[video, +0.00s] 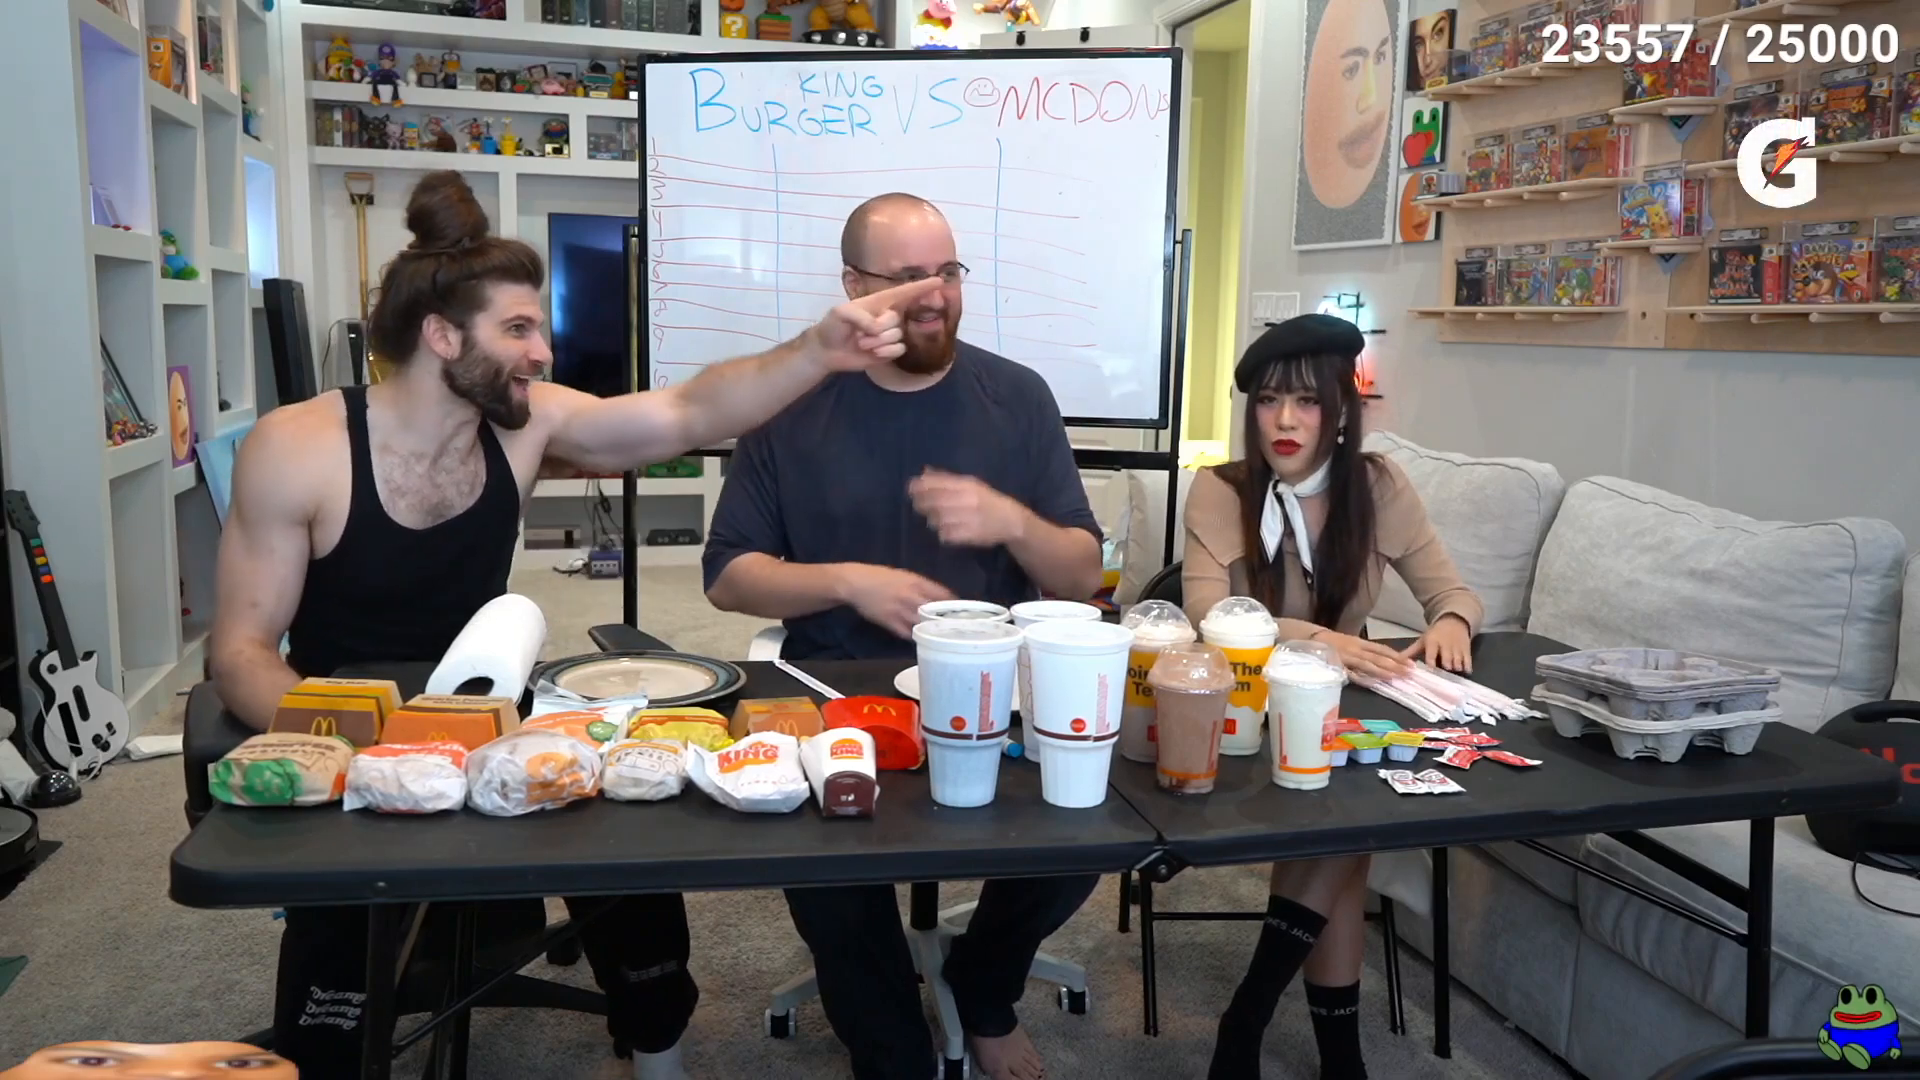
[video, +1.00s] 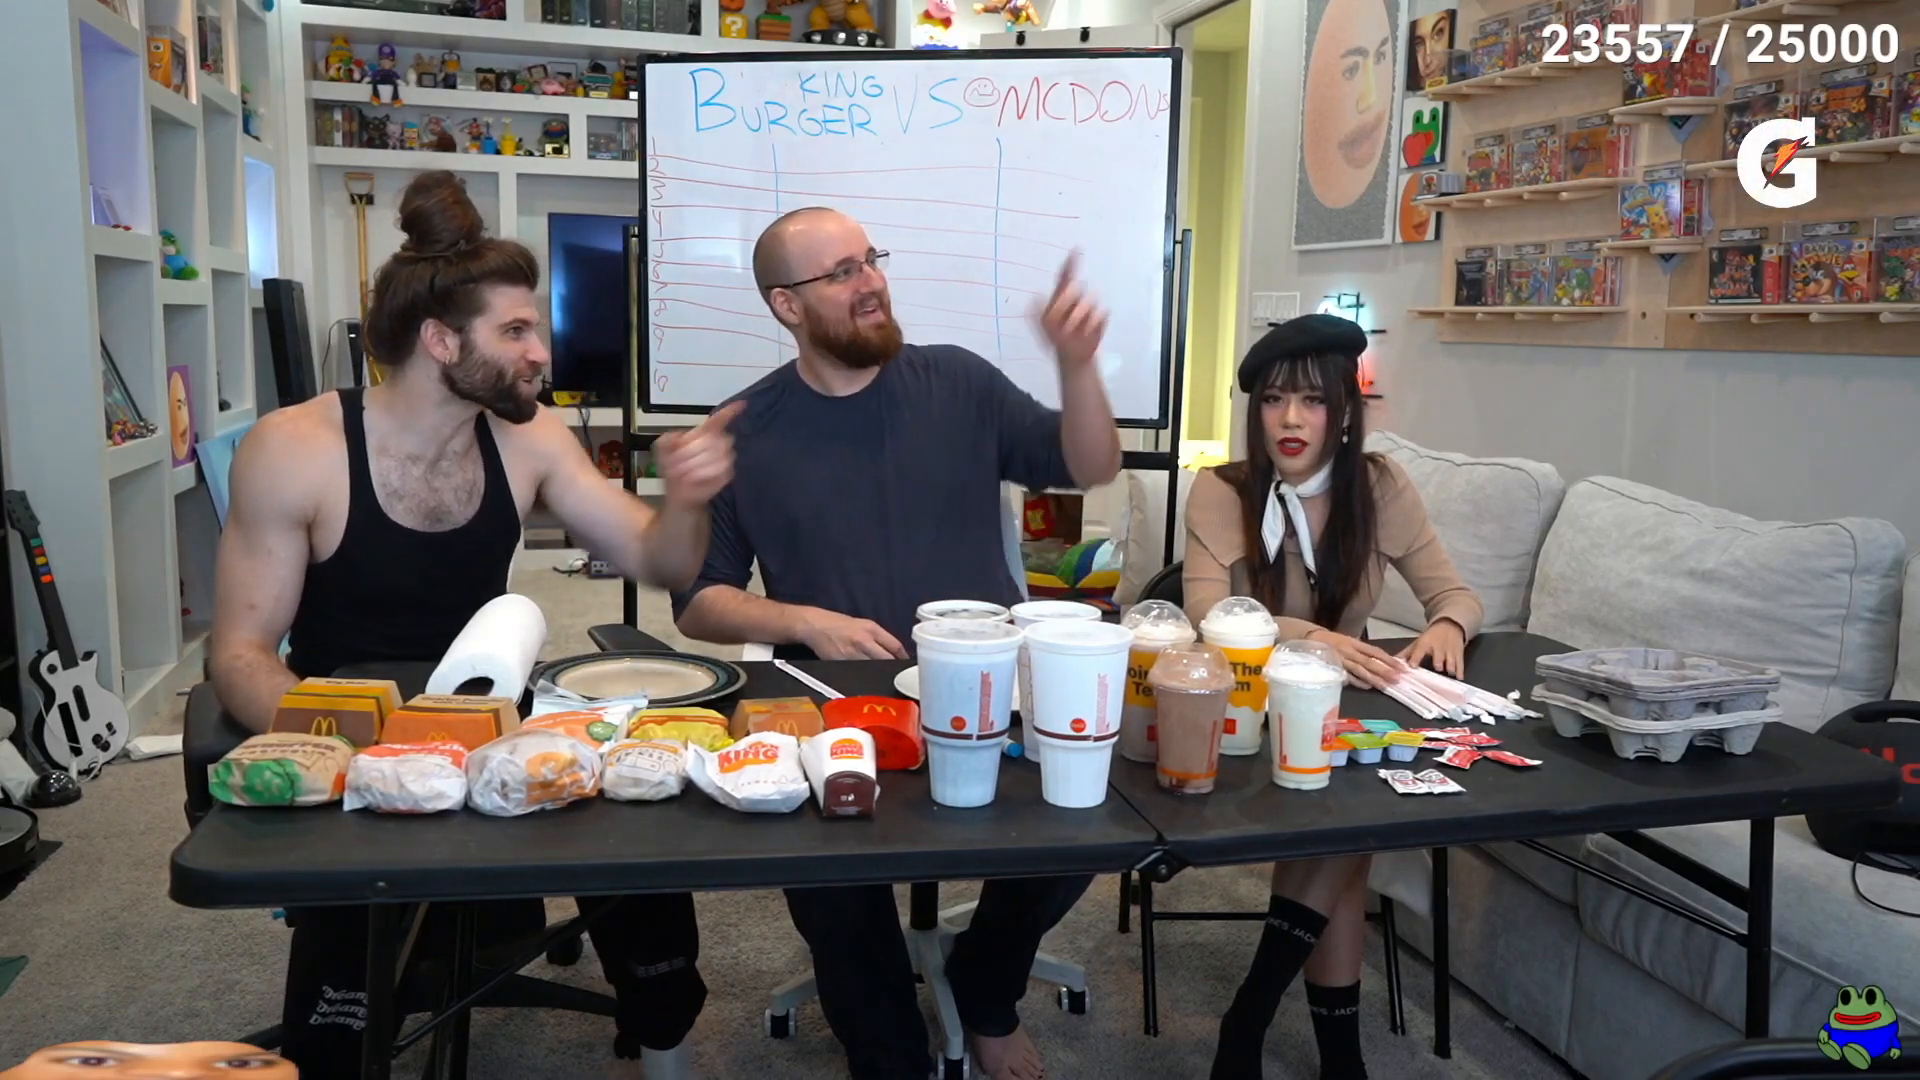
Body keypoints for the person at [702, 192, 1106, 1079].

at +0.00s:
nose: (935, 294)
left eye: (947, 272)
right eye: (908, 277)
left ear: (964, 276)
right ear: (853, 289)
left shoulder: (1015, 395)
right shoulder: (790, 408)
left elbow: (1083, 575)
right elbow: (727, 575)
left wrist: (1014, 522)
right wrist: (848, 580)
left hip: (998, 681)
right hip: (839, 688)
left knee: (1077, 834)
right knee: (823, 857)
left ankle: (980, 988)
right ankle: (899, 1061)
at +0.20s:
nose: (940, 284)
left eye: (944, 262)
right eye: (909, 271)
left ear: (958, 265)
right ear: (849, 293)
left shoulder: (1011, 396)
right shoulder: (785, 415)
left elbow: (1083, 542)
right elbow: (714, 568)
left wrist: (1033, 577)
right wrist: (801, 605)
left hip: (996, 696)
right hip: (841, 700)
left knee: (1075, 834)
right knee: (820, 862)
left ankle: (979, 989)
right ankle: (897, 1062)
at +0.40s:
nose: (922, 284)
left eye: (925, 261)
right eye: (890, 271)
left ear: (941, 267)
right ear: (834, 295)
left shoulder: (1003, 394)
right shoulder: (775, 425)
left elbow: (1081, 528)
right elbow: (725, 580)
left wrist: (1017, 580)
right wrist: (808, 619)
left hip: (992, 696)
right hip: (838, 701)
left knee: (1074, 831)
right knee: (823, 861)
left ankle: (981, 990)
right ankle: (897, 1062)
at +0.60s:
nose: (900, 284)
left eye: (904, 259)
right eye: (869, 270)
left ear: (923, 267)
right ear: (817, 299)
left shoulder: (991, 393)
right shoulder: (767, 428)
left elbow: (1093, 524)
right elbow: (713, 588)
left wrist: (1011, 603)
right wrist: (814, 622)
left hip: (985, 694)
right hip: (835, 704)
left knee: (1073, 831)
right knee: (828, 866)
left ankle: (982, 994)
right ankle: (895, 1062)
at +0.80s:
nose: (890, 277)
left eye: (889, 256)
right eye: (858, 267)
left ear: (901, 262)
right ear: (803, 301)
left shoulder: (973, 386)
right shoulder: (758, 428)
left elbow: (1091, 513)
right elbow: (705, 593)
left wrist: (1017, 521)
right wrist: (817, 623)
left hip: (983, 688)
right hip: (833, 700)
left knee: (1077, 825)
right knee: (826, 862)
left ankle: (981, 991)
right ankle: (895, 1062)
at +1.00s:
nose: (873, 282)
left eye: (872, 261)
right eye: (843, 273)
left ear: (884, 267)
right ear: (786, 306)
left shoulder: (958, 380)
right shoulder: (741, 432)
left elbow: (1092, 464)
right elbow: (698, 602)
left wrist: (1078, 367)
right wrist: (805, 623)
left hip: (982, 689)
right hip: (833, 702)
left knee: (1071, 826)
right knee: (820, 861)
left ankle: (982, 991)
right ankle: (895, 1062)